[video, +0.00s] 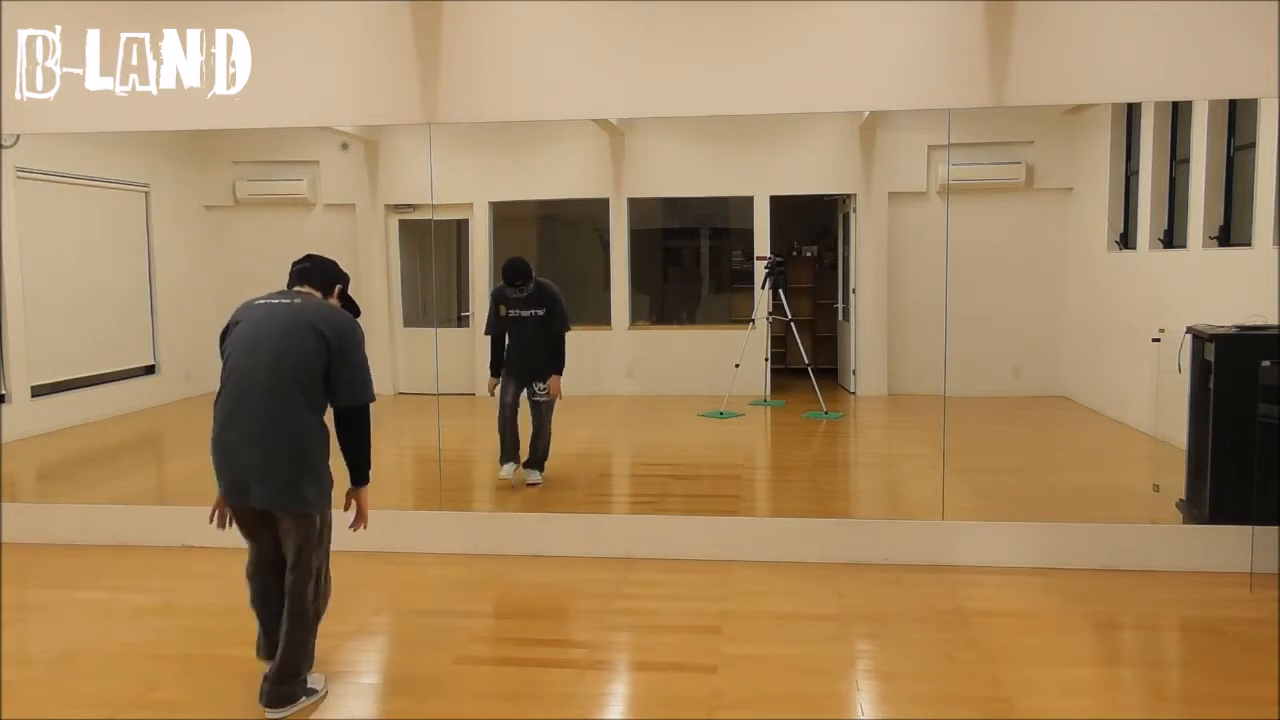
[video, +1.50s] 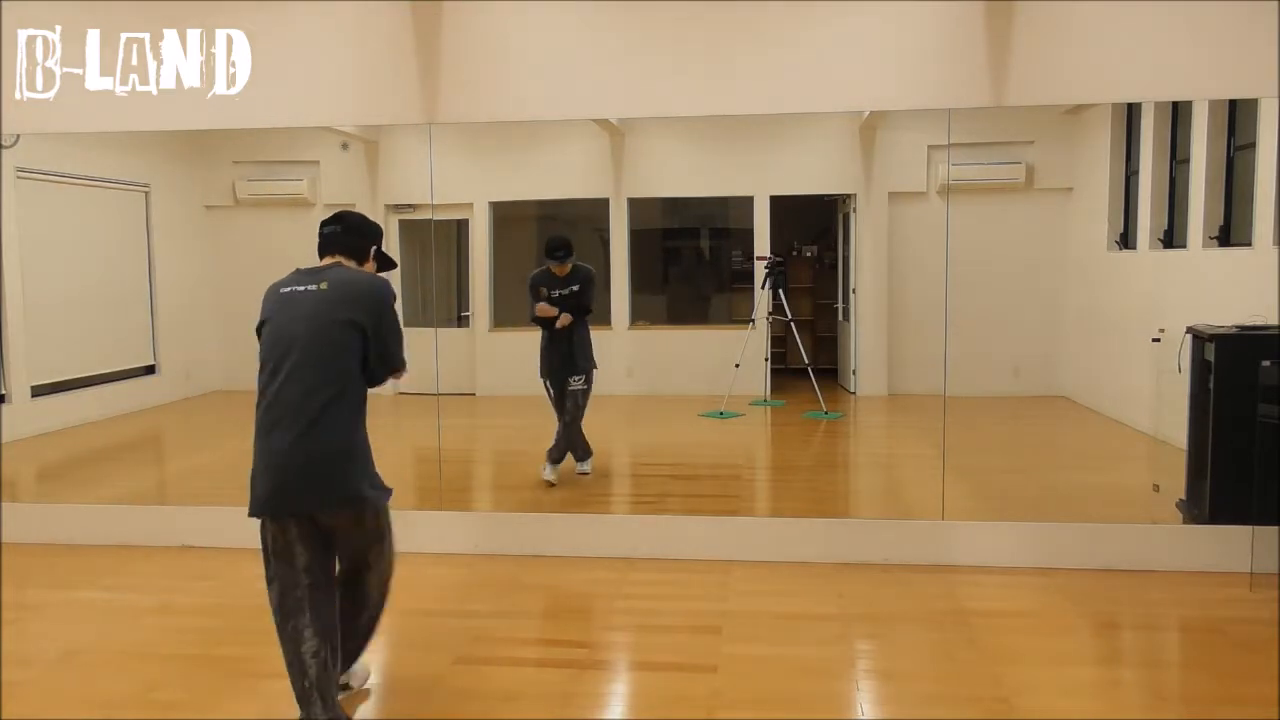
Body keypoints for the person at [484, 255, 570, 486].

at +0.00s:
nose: (520, 292)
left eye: (524, 288)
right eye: (515, 289)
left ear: (531, 279)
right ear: (507, 283)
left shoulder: (549, 293)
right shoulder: (500, 295)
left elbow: (559, 336)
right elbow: (497, 337)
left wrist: (557, 374)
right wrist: (495, 373)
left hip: (544, 364)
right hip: (515, 362)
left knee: (542, 420)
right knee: (506, 407)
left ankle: (535, 467)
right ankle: (509, 460)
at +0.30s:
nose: (516, 286)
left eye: (520, 282)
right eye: (511, 283)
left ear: (528, 273)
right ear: (504, 275)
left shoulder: (546, 280)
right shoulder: (498, 280)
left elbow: (560, 320)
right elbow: (490, 318)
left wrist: (557, 356)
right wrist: (489, 355)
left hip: (544, 354)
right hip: (514, 351)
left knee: (541, 415)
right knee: (506, 410)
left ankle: (534, 466)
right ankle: (508, 462)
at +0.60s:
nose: (513, 289)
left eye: (517, 284)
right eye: (508, 285)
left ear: (526, 275)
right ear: (502, 277)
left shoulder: (546, 290)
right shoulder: (496, 290)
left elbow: (558, 328)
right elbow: (493, 327)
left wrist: (549, 358)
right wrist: (496, 358)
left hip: (535, 365)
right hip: (506, 363)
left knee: (530, 418)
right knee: (503, 418)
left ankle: (532, 466)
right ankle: (506, 468)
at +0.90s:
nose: (528, 272)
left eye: (532, 266)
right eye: (524, 267)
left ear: (542, 259)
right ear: (518, 263)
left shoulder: (564, 279)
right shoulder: (514, 282)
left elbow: (592, 296)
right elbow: (493, 300)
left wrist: (600, 302)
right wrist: (472, 306)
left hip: (555, 362)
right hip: (524, 361)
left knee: (566, 415)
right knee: (509, 414)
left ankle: (589, 452)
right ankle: (506, 469)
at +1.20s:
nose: (551, 271)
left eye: (555, 265)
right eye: (546, 267)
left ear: (564, 260)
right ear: (540, 265)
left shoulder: (585, 283)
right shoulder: (538, 287)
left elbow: (611, 309)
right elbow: (526, 316)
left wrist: (622, 338)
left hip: (587, 357)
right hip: (556, 359)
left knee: (592, 411)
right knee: (555, 418)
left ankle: (609, 461)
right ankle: (576, 447)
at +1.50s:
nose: (561, 269)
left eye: (565, 264)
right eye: (556, 265)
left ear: (572, 258)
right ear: (547, 261)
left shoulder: (585, 274)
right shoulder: (538, 279)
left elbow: (586, 308)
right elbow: (535, 315)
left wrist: (554, 311)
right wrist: (558, 320)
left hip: (579, 352)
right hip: (551, 354)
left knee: (573, 410)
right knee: (563, 411)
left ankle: (553, 460)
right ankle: (583, 455)